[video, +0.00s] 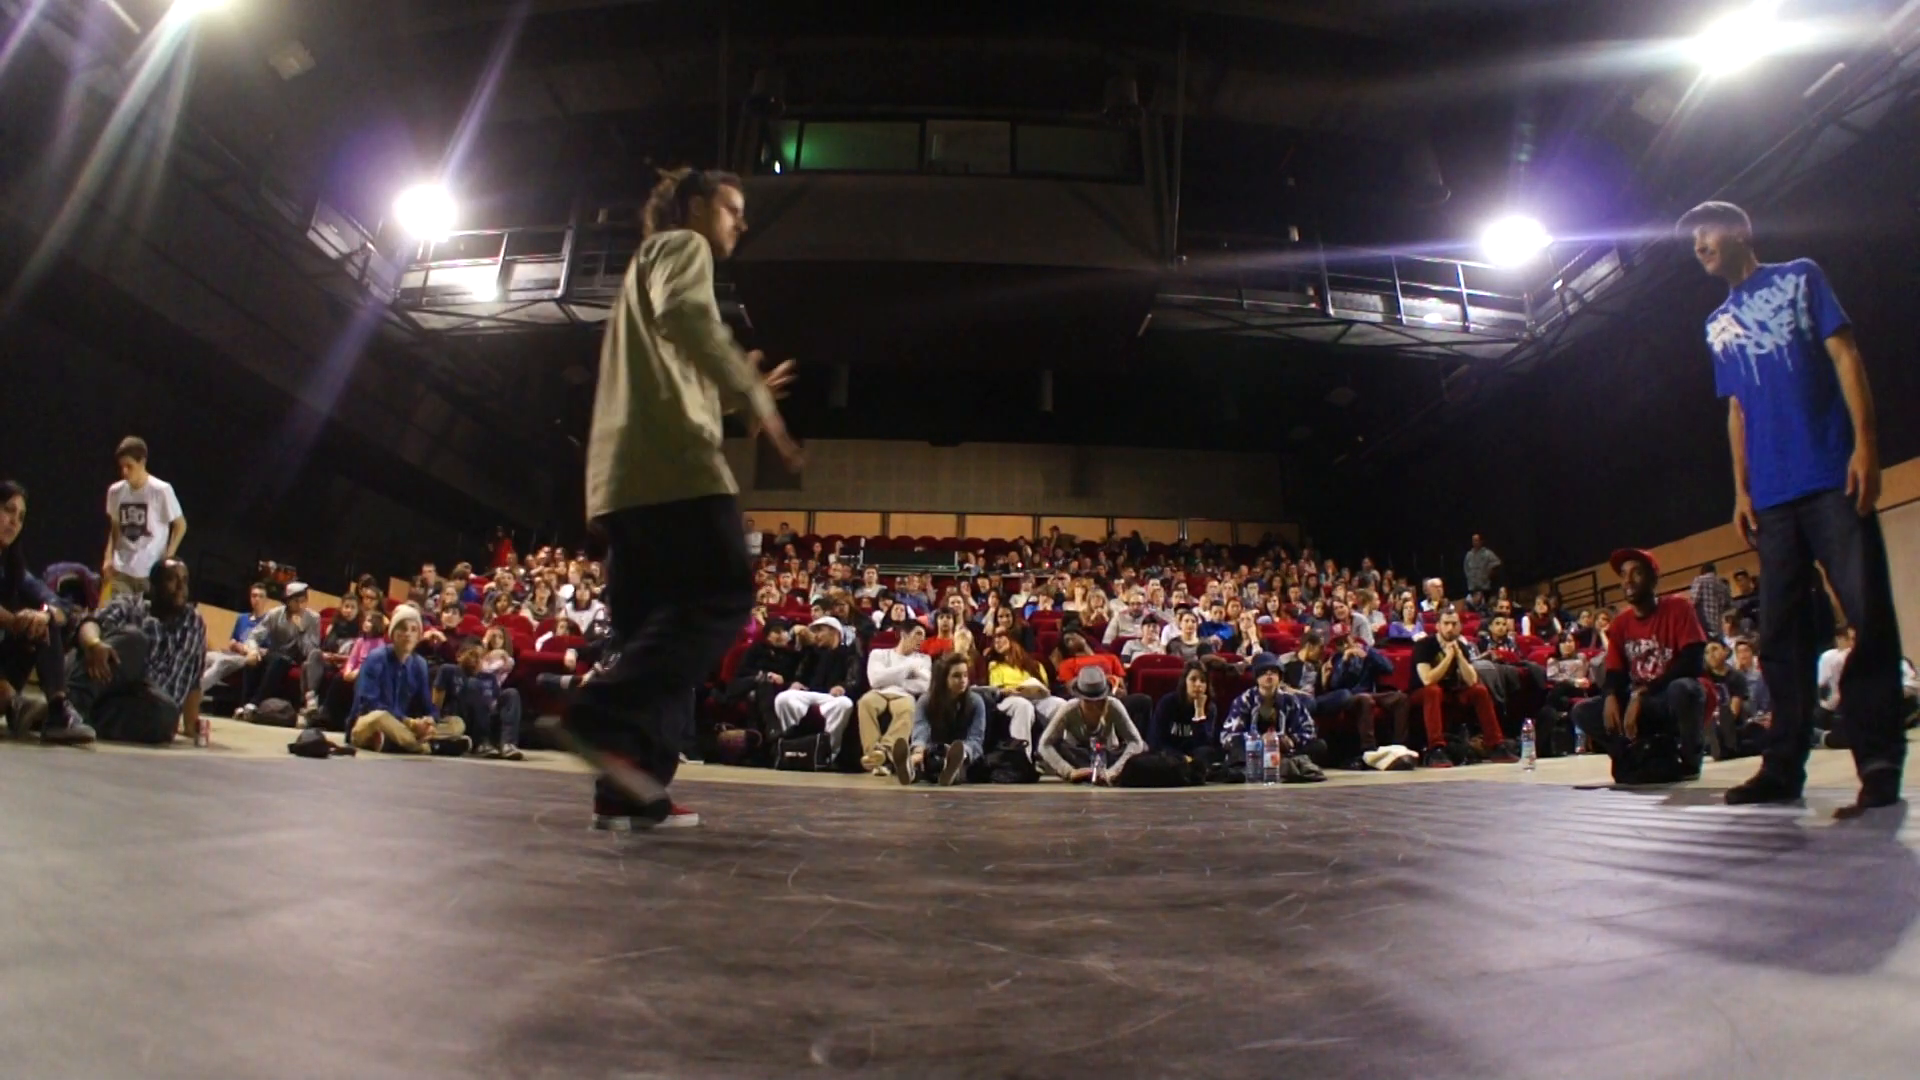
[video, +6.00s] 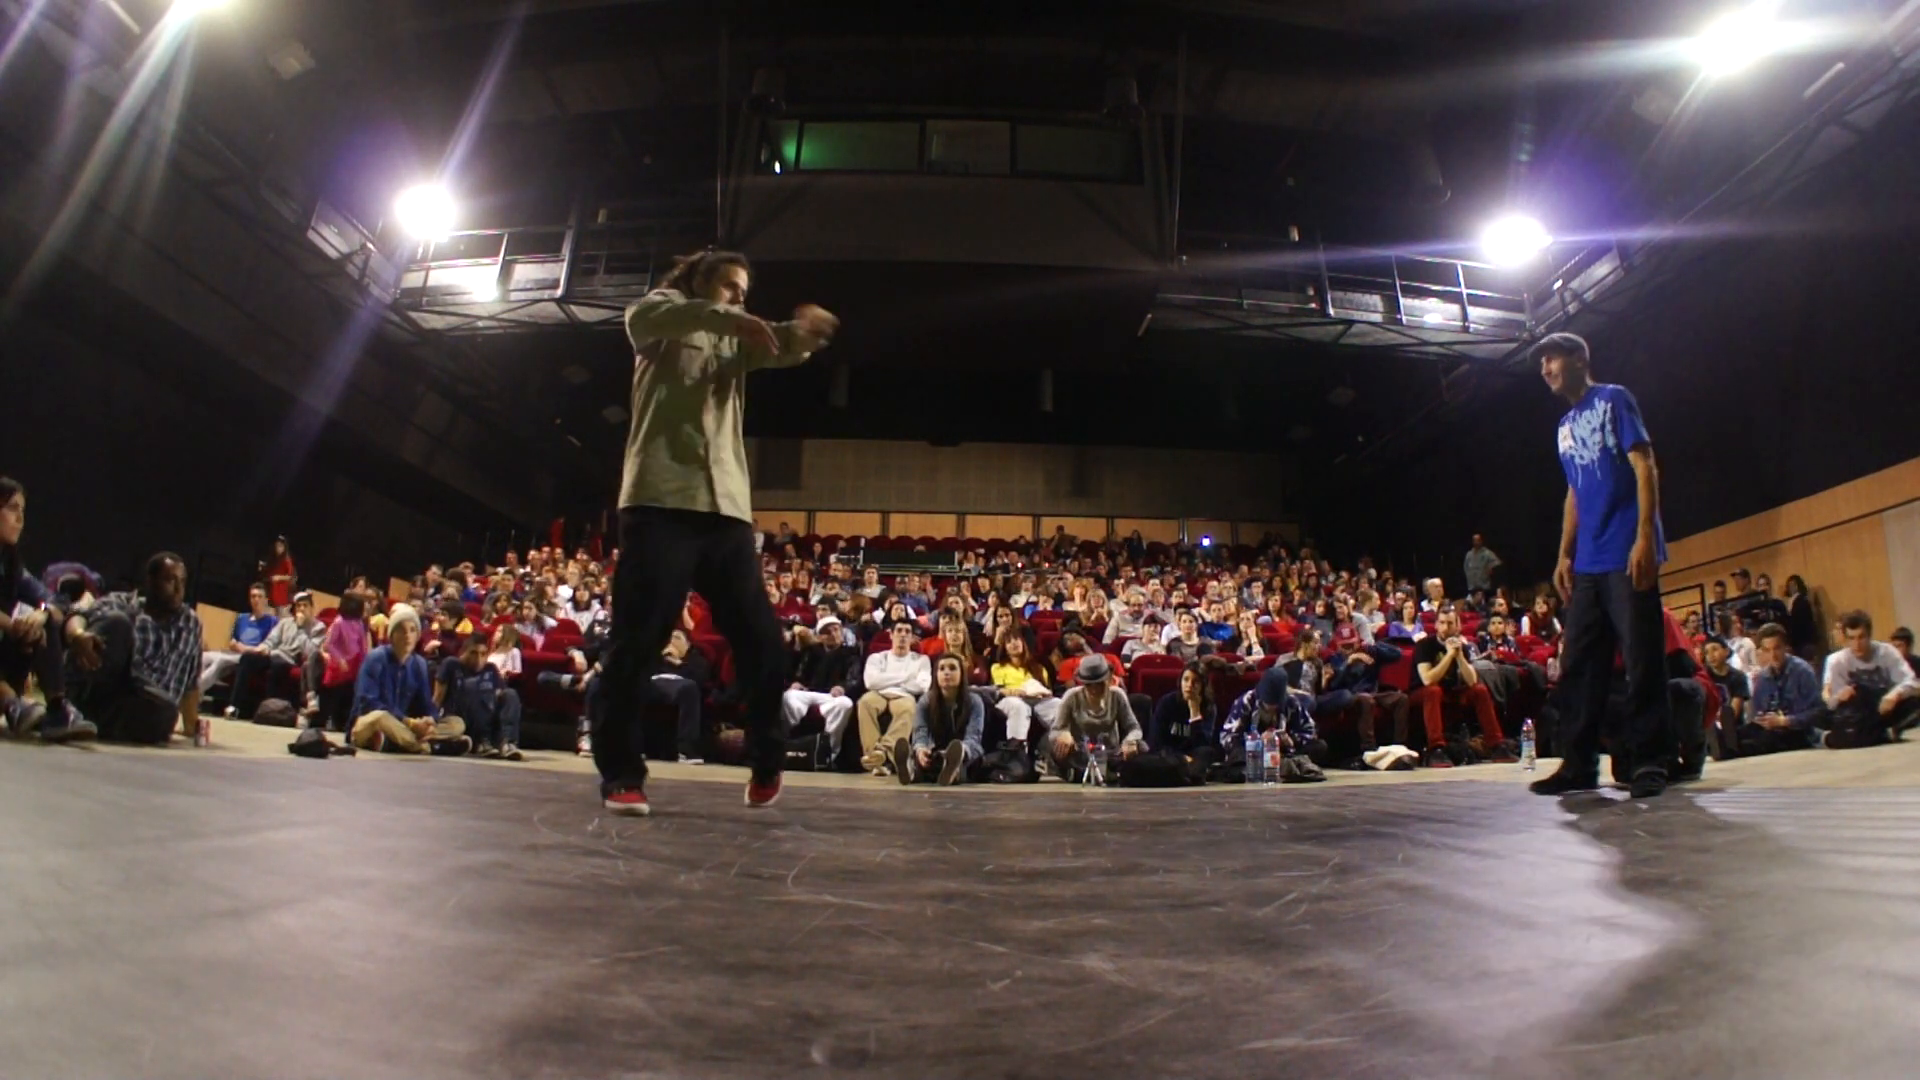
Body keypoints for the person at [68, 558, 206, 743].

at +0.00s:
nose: (181, 587)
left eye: (185, 581)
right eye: (172, 580)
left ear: (188, 586)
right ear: (155, 584)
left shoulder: (194, 624)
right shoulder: (131, 606)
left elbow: (194, 682)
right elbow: (90, 623)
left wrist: (191, 729)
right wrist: (93, 644)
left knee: (162, 717)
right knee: (134, 639)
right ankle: (73, 707)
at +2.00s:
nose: (180, 590)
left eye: (184, 584)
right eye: (172, 583)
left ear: (188, 588)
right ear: (156, 584)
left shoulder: (195, 625)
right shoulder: (128, 605)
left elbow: (193, 684)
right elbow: (87, 620)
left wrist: (192, 731)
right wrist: (88, 640)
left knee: (163, 718)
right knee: (129, 634)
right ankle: (70, 705)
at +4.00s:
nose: (178, 586)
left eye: (182, 579)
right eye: (170, 578)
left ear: (186, 584)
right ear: (151, 580)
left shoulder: (191, 624)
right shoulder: (124, 602)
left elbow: (191, 684)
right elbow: (77, 616)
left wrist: (191, 731)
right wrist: (77, 634)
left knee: (161, 718)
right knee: (116, 623)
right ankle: (67, 707)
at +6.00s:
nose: (178, 589)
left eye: (182, 582)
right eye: (170, 581)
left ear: (186, 585)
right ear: (151, 581)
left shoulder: (191, 624)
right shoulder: (123, 603)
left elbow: (190, 685)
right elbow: (76, 617)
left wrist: (191, 731)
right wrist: (77, 635)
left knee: (159, 719)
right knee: (116, 624)